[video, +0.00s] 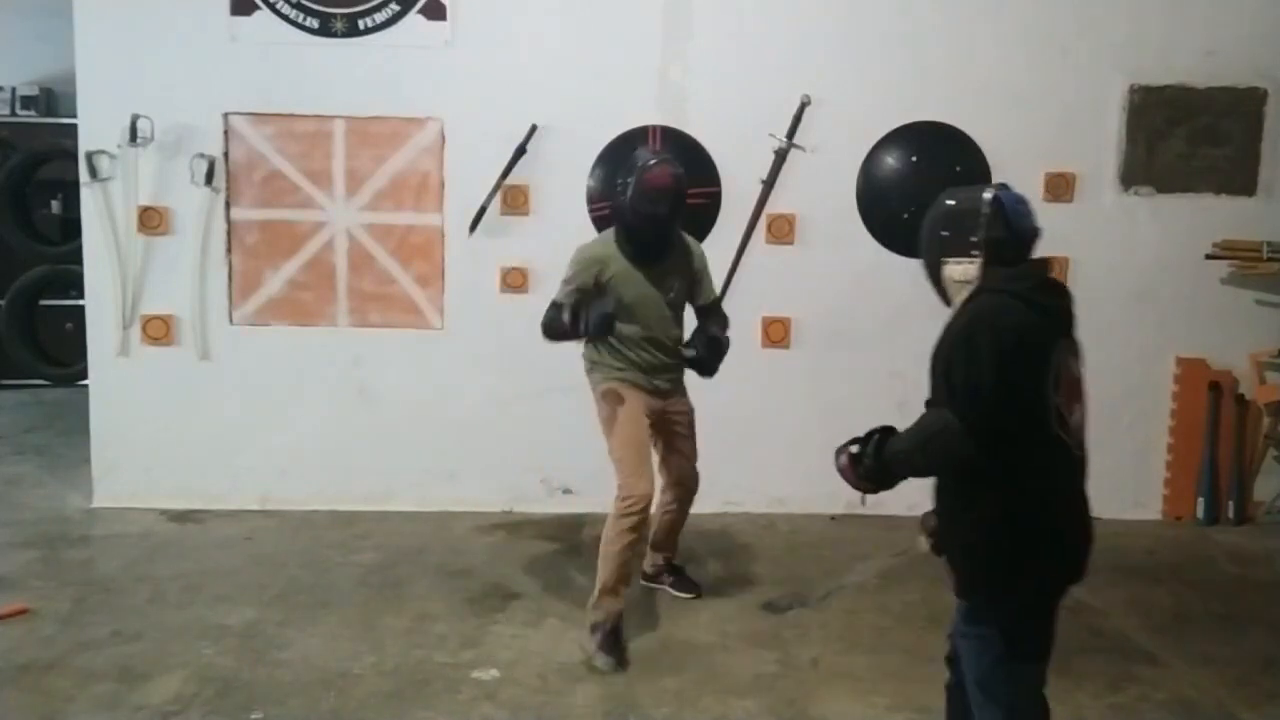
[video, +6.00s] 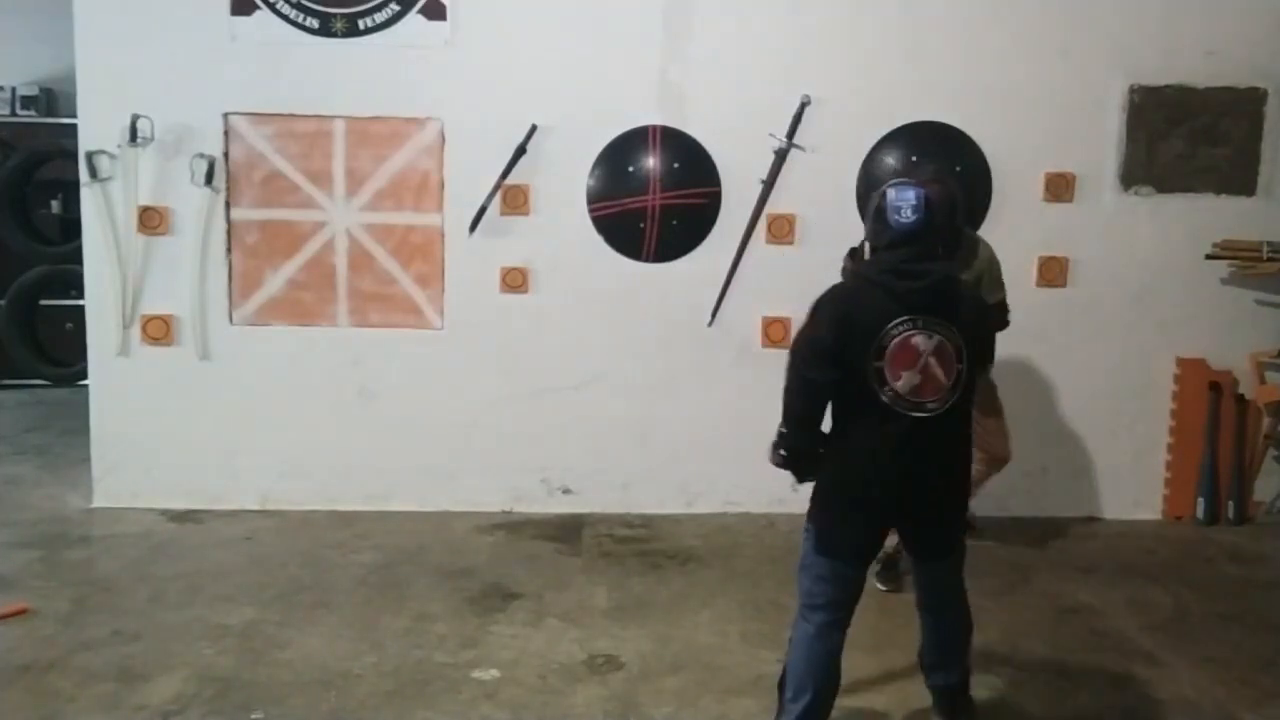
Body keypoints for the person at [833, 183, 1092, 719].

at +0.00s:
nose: (936, 268)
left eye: (942, 253)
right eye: (938, 254)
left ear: (965, 253)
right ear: (1008, 248)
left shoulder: (988, 319)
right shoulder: (1035, 304)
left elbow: (959, 429)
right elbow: (1025, 439)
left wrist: (880, 461)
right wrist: (959, 512)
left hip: (1005, 552)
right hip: (1035, 539)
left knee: (999, 692)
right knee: (974, 668)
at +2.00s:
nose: (981, 294)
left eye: (984, 280)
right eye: (981, 280)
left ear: (1009, 277)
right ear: (1049, 271)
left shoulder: (1043, 339)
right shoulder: (1069, 321)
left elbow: (1040, 443)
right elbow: (995, 350)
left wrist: (959, 492)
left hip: (1062, 568)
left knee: (1011, 698)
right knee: (1052, 694)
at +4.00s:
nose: (1012, 254)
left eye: (1018, 242)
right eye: (1015, 241)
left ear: (1035, 246)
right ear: (1092, 245)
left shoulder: (1020, 327)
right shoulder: (1129, 323)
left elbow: (989, 440)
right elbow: (1068, 402)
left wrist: (964, 510)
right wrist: (972, 395)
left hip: (1026, 542)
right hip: (1110, 539)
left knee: (972, 686)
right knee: (1060, 676)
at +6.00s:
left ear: (875, 228)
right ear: (947, 232)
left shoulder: (845, 303)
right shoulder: (968, 307)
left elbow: (806, 383)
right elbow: (980, 369)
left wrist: (799, 449)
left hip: (854, 482)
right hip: (939, 483)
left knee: (821, 610)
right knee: (942, 591)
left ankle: (800, 709)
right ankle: (951, 695)